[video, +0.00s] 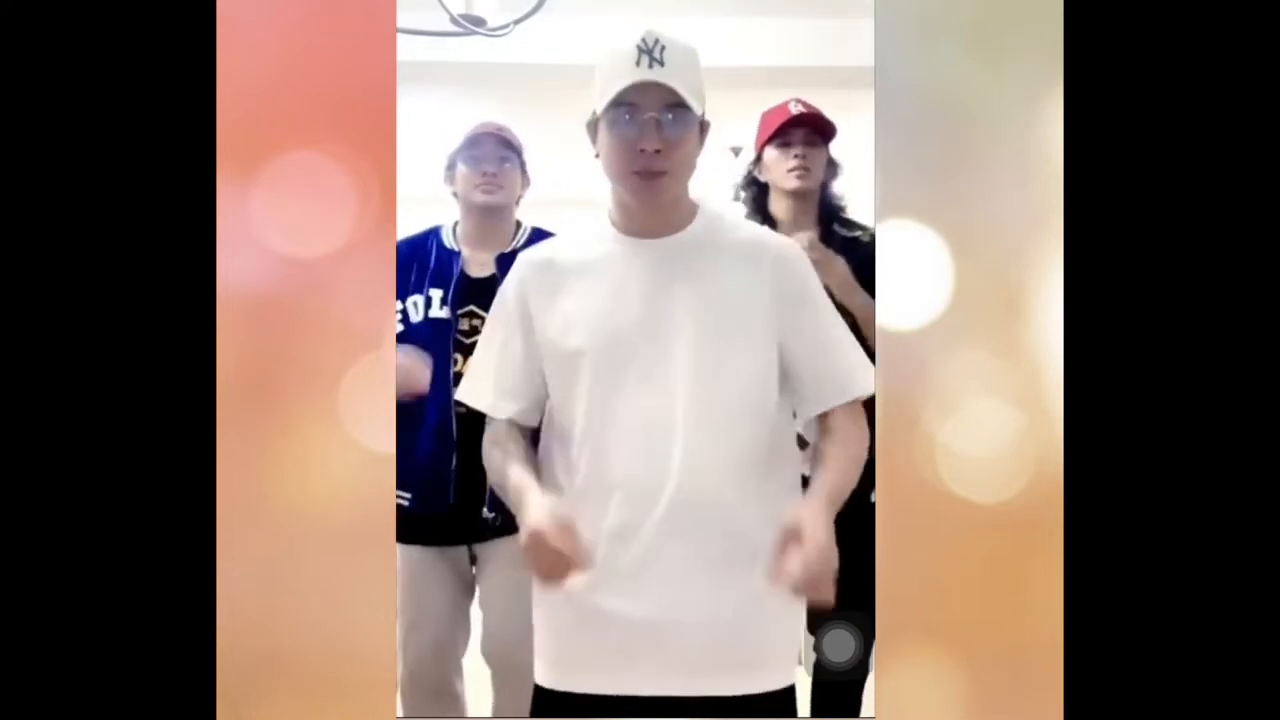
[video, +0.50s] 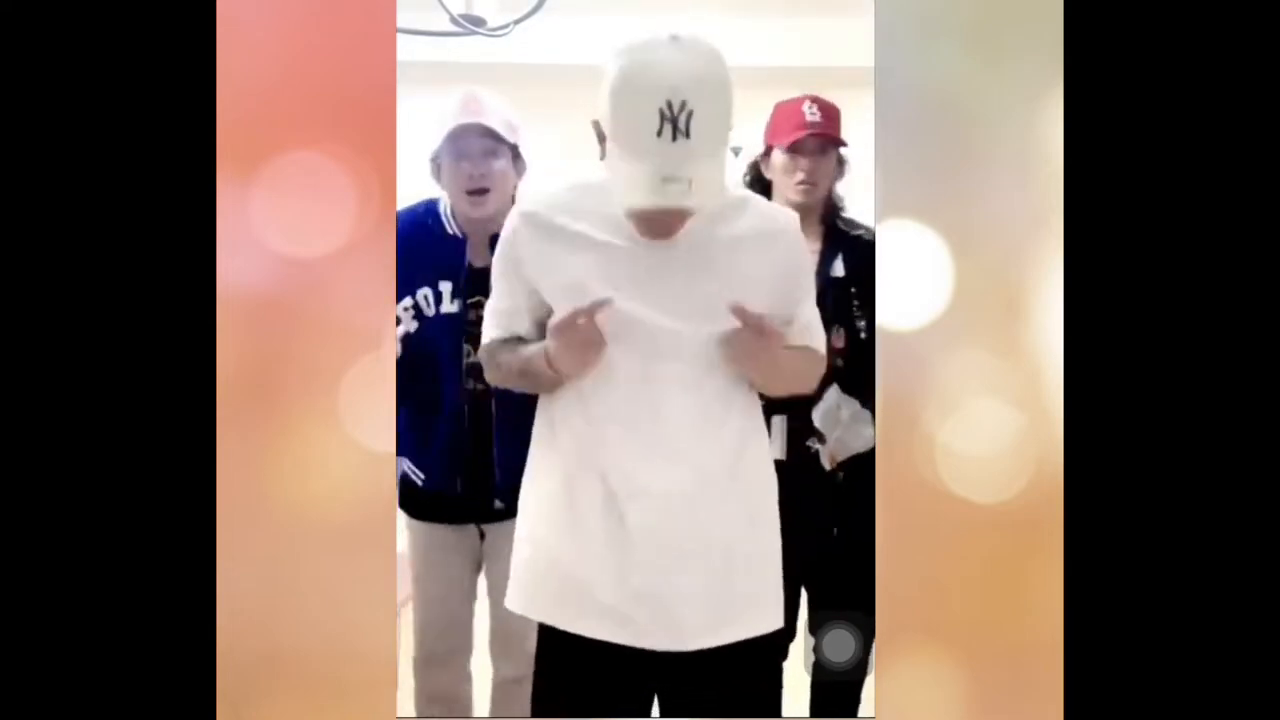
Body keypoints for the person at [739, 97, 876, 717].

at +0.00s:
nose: (800, 156)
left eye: (813, 146)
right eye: (785, 145)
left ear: (829, 161)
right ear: (759, 162)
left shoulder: (866, 248)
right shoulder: (733, 249)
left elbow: (894, 351)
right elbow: (711, 351)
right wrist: (770, 277)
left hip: (850, 460)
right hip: (755, 459)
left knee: (843, 643)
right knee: (758, 633)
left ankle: (834, 716)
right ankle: (770, 712)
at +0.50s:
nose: (806, 166)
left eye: (821, 153)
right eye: (792, 152)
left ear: (839, 166)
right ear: (765, 162)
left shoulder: (867, 251)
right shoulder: (736, 245)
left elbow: (893, 357)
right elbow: (713, 357)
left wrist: (862, 421)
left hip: (849, 476)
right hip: (759, 473)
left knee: (844, 645)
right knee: (755, 641)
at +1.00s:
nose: (779, 164)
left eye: (793, 152)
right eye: (765, 153)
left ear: (813, 166)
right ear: (742, 167)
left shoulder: (855, 251)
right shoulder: (719, 249)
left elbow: (884, 353)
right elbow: (701, 354)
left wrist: (860, 409)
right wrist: (760, 411)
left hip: (843, 473)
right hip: (753, 473)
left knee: (849, 647)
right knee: (756, 641)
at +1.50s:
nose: (862, 169)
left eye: (874, 156)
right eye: (846, 157)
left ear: (890, 169)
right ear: (816, 175)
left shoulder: (904, 265)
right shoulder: (779, 255)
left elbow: (916, 381)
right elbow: (747, 360)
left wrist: (871, 451)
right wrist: (789, 437)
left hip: (857, 491)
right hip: (768, 486)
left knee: (857, 661)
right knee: (758, 661)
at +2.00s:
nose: (818, 173)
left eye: (834, 160)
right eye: (812, 161)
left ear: (869, 168)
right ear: (805, 167)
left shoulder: (893, 247)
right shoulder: (793, 247)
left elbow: (885, 331)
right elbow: (768, 365)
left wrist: (825, 255)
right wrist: (772, 265)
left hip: (862, 470)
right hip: (788, 466)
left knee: (852, 634)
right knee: (769, 625)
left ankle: (853, 717)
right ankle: (761, 714)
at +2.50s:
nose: (826, 179)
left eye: (842, 165)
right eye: (815, 166)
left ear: (875, 175)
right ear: (804, 179)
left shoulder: (899, 265)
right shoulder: (787, 260)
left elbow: (916, 372)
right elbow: (764, 359)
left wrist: (876, 450)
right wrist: (801, 436)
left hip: (868, 479)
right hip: (790, 475)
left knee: (857, 645)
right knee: (770, 635)